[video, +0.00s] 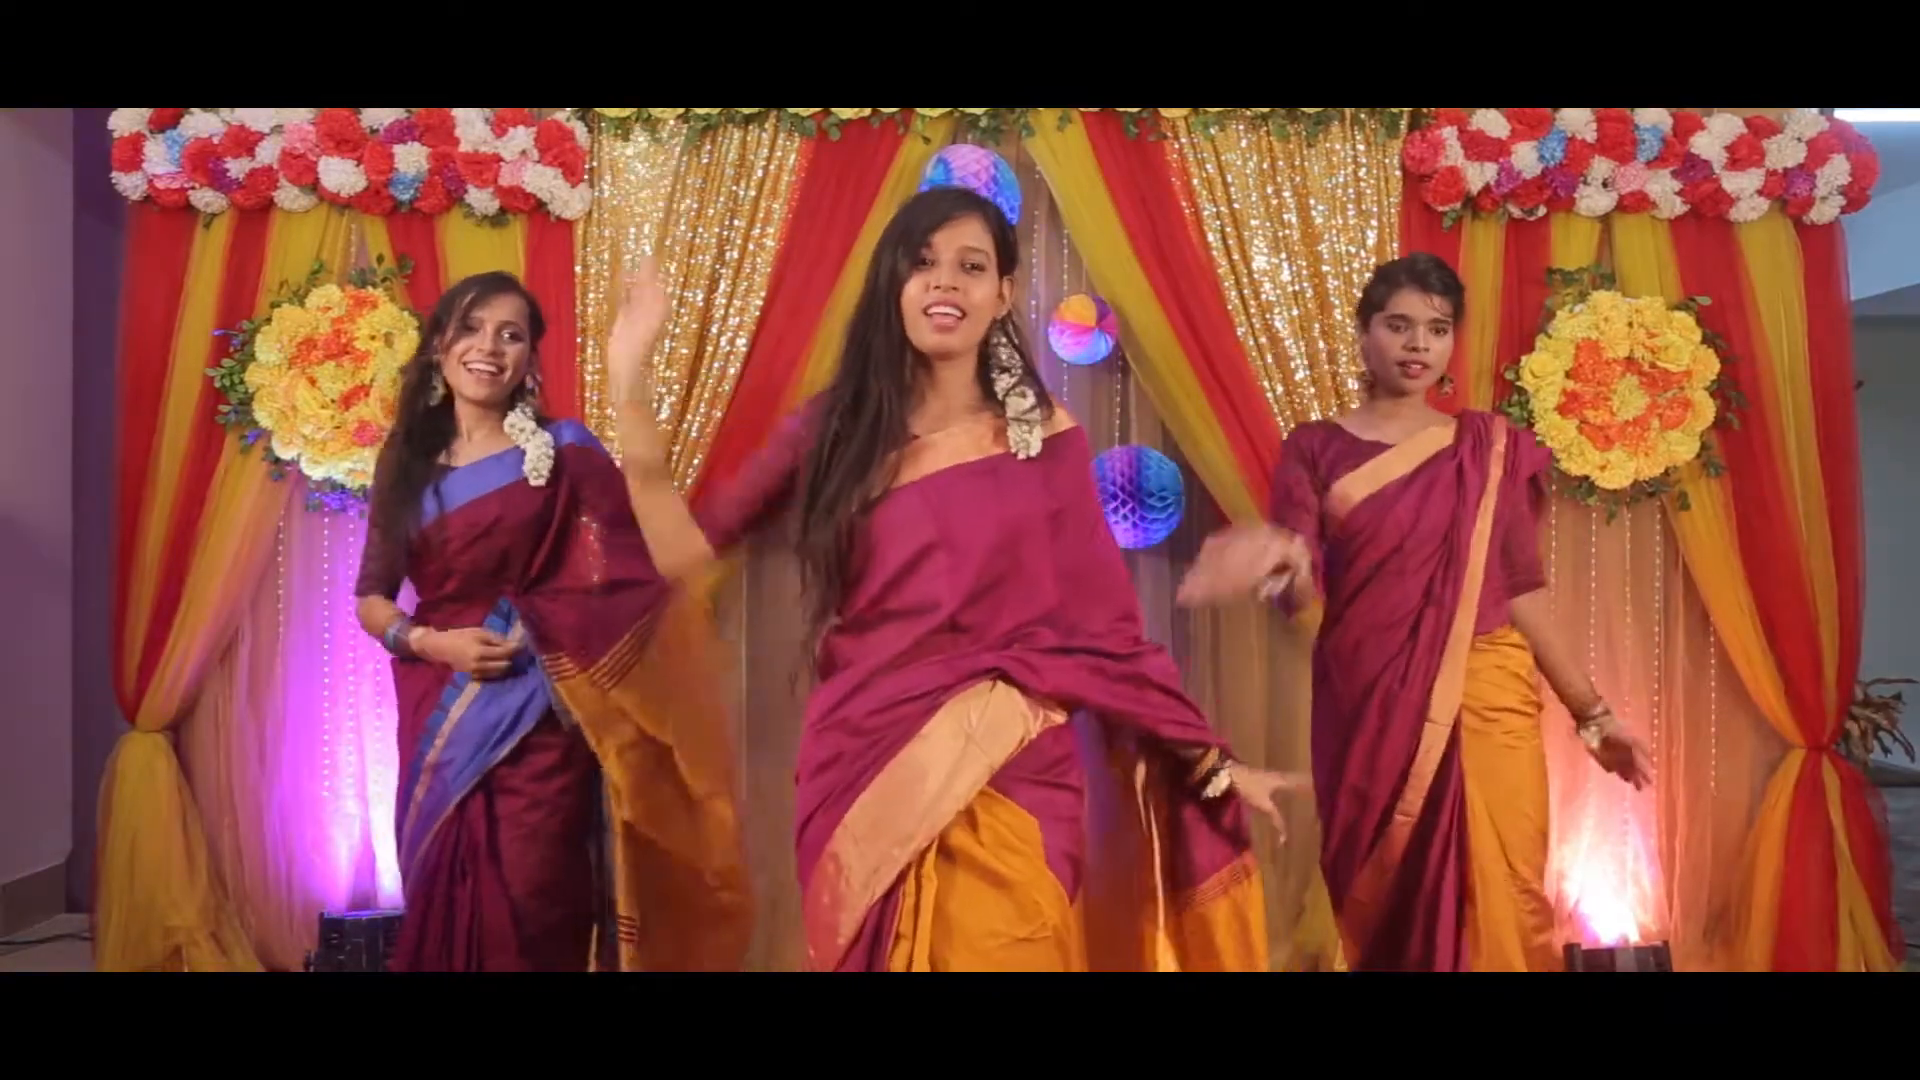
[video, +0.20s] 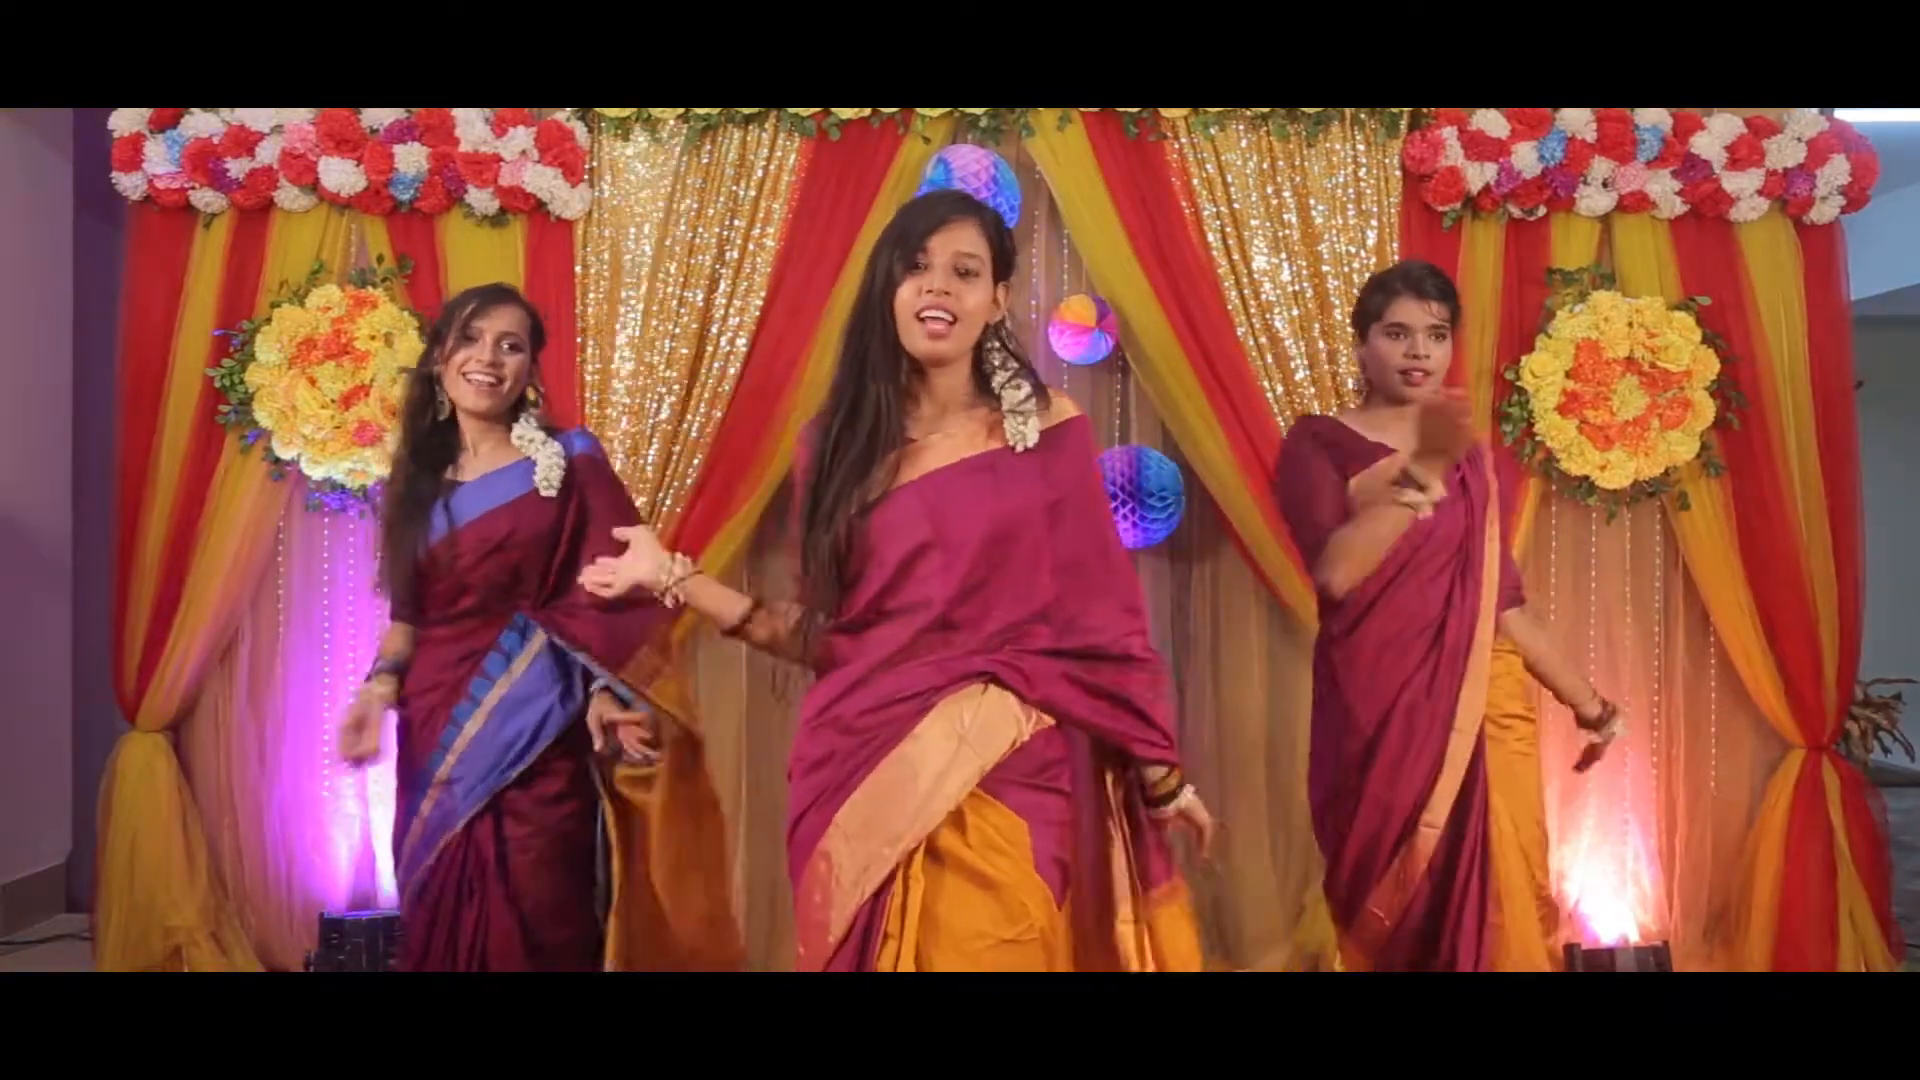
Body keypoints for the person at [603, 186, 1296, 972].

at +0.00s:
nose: (944, 285)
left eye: (972, 267)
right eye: (922, 264)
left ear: (1004, 296)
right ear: (892, 285)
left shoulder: (1044, 433)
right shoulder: (840, 427)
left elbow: (1109, 626)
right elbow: (678, 548)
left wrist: (1211, 763)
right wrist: (627, 385)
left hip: (1024, 757)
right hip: (871, 757)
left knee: (1007, 953)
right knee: (875, 956)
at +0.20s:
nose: (936, 288)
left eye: (964, 273)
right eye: (917, 267)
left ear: (997, 300)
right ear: (884, 289)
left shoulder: (1047, 428)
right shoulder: (837, 446)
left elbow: (1108, 616)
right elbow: (826, 639)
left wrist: (1160, 772)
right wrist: (677, 578)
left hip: (1017, 767)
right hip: (867, 770)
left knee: (998, 952)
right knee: (866, 955)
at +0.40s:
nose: (932, 307)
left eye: (959, 288)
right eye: (912, 283)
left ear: (992, 313)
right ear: (879, 303)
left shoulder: (1038, 430)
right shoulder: (840, 443)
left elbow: (1102, 620)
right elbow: (766, 596)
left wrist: (1206, 757)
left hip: (1021, 749)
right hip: (871, 751)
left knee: (992, 948)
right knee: (872, 953)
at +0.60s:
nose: (945, 317)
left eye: (969, 296)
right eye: (922, 294)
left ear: (1002, 312)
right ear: (888, 308)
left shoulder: (1037, 460)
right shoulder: (837, 407)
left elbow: (1102, 620)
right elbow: (787, 474)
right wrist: (946, 446)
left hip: (1020, 741)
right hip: (878, 734)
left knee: (1023, 936)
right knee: (881, 940)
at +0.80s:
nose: (949, 323)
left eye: (972, 300)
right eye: (925, 304)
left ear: (1008, 316)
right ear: (896, 323)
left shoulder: (1054, 473)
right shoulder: (844, 440)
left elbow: (1126, 655)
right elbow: (696, 532)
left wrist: (1007, 664)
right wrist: (855, 436)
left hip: (1003, 788)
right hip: (856, 779)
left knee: (1022, 951)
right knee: (869, 952)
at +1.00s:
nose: (904, 331)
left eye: (932, 309)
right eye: (894, 310)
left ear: (993, 321)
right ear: (877, 323)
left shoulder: (1054, 454)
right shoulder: (859, 461)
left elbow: (1084, 662)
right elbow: (691, 552)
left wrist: (1093, 812)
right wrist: (775, 389)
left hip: (979, 803)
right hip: (837, 800)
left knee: (964, 952)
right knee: (839, 955)